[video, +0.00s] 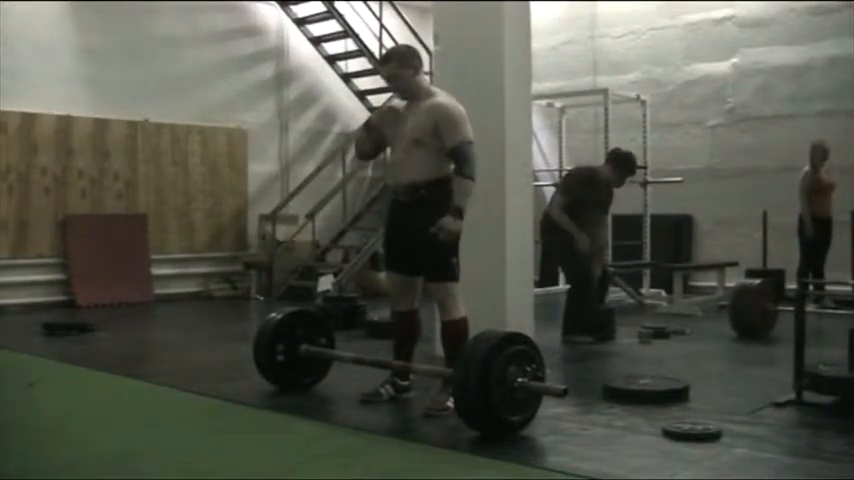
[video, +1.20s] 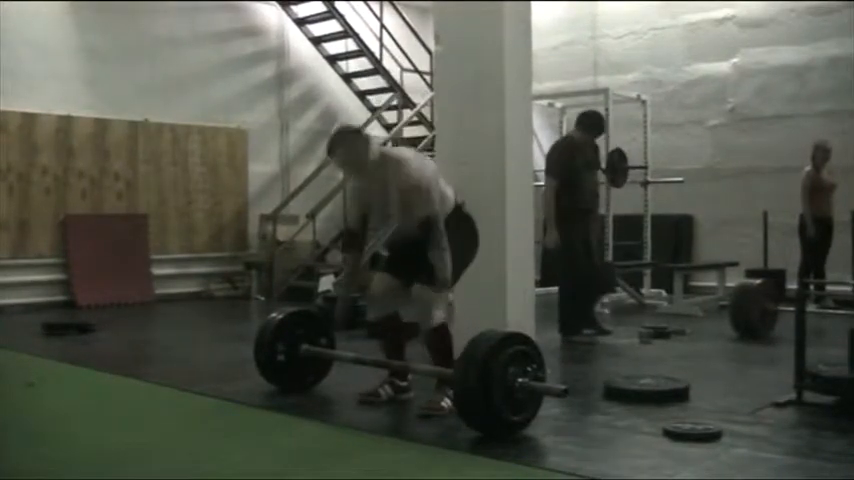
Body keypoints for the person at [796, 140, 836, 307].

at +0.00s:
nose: (821, 160)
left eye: (823, 156)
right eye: (818, 156)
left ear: (826, 158)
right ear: (812, 156)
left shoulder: (823, 175)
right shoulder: (808, 175)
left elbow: (824, 201)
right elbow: (804, 202)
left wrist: (827, 220)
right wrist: (807, 225)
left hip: (824, 220)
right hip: (810, 220)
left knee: (819, 259)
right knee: (807, 259)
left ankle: (819, 294)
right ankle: (802, 293)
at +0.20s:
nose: (823, 158)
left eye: (825, 155)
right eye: (820, 155)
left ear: (828, 157)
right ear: (813, 155)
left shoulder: (823, 175)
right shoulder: (809, 175)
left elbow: (824, 200)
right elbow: (805, 202)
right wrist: (808, 224)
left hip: (824, 220)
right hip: (811, 220)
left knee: (819, 260)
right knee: (808, 259)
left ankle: (820, 294)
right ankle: (803, 293)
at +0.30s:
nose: (824, 159)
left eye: (826, 155)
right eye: (821, 155)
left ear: (828, 157)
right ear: (814, 155)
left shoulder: (824, 175)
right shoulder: (810, 175)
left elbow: (825, 199)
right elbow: (806, 202)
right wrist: (809, 224)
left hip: (825, 220)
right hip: (812, 220)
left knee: (820, 259)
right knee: (809, 258)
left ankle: (821, 294)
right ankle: (803, 293)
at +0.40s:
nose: (824, 159)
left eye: (826, 155)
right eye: (821, 155)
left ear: (828, 157)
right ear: (814, 155)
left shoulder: (824, 175)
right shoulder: (810, 175)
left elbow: (825, 200)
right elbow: (806, 202)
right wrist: (809, 224)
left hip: (825, 220)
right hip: (812, 220)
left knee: (820, 260)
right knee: (809, 259)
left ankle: (820, 294)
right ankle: (803, 293)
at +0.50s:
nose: (824, 159)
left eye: (826, 155)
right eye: (821, 155)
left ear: (828, 157)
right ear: (814, 155)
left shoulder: (823, 175)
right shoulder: (809, 175)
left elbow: (824, 200)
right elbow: (806, 202)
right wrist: (809, 224)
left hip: (825, 220)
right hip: (811, 220)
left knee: (820, 259)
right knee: (808, 259)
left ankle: (820, 293)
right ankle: (803, 293)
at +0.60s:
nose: (824, 159)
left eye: (826, 155)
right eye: (821, 155)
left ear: (828, 157)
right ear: (814, 155)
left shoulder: (824, 175)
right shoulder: (809, 175)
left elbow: (824, 199)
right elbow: (805, 201)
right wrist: (809, 224)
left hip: (824, 220)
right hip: (811, 220)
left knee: (820, 259)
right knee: (808, 258)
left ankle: (820, 294)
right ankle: (802, 293)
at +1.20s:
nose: (824, 159)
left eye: (826, 156)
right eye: (821, 155)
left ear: (828, 157)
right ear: (814, 155)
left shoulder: (824, 175)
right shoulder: (809, 174)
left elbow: (825, 200)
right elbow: (805, 201)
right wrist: (809, 224)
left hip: (824, 221)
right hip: (811, 220)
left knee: (820, 260)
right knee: (808, 259)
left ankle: (820, 294)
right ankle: (803, 293)